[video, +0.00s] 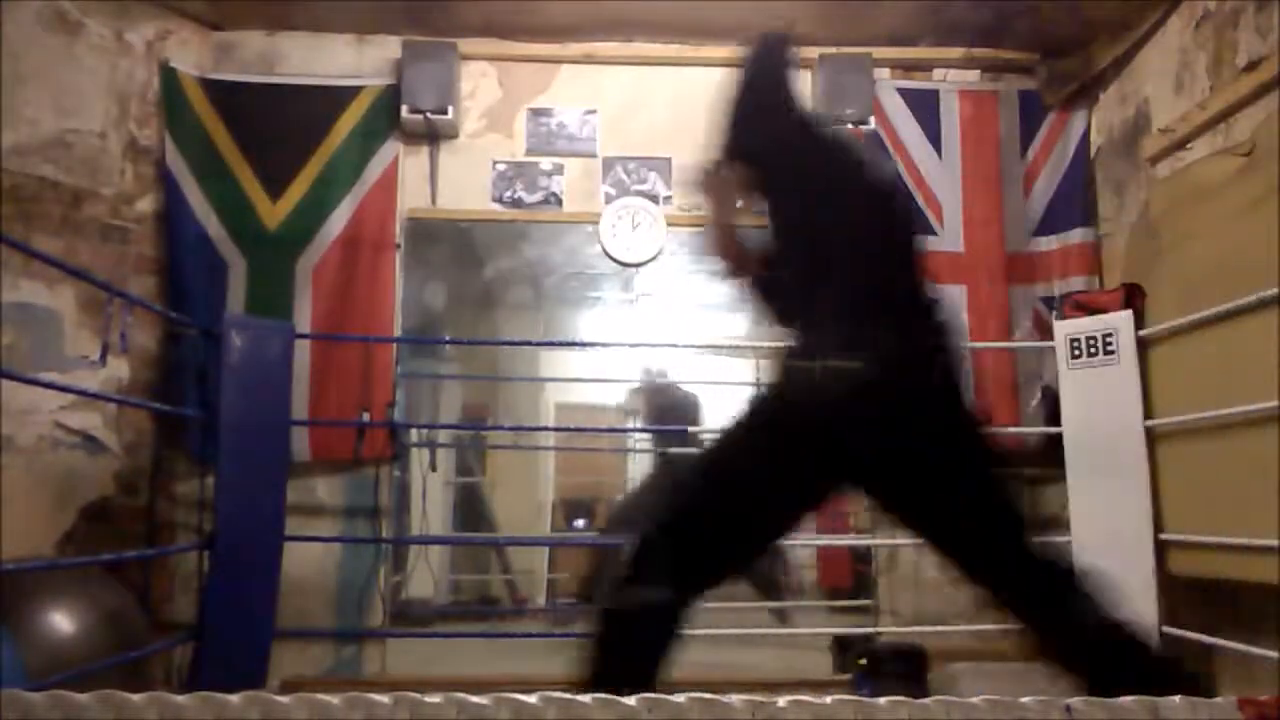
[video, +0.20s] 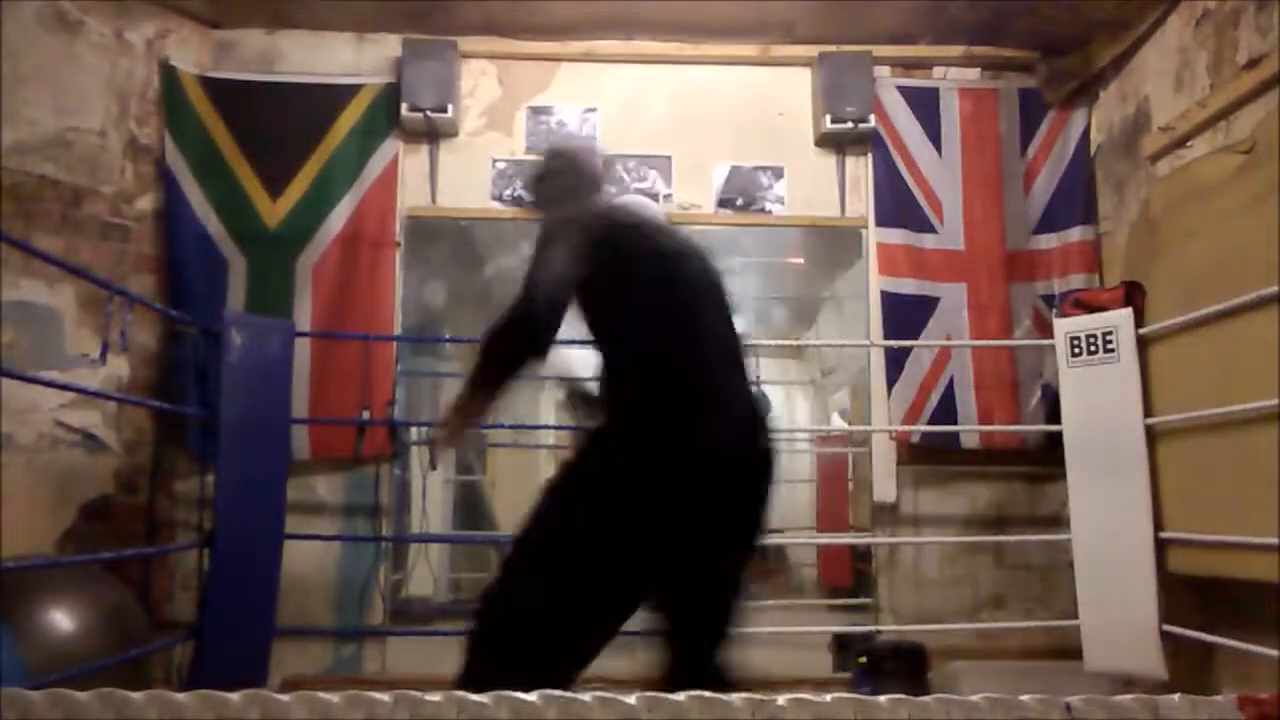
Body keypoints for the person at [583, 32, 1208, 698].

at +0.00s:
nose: (748, 156)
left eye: (753, 143)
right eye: (750, 144)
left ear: (767, 129)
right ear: (810, 118)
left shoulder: (805, 161)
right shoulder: (865, 190)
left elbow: (759, 122)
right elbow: (813, 301)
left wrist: (772, 40)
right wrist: (741, 258)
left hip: (824, 402)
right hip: (912, 400)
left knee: (672, 551)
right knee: (1012, 567)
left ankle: (608, 705)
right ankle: (1157, 691)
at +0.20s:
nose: (544, 215)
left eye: (545, 203)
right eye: (543, 204)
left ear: (556, 195)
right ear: (596, 187)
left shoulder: (577, 226)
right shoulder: (661, 237)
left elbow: (535, 317)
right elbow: (690, 369)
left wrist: (467, 407)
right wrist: (606, 406)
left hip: (648, 449)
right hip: (736, 450)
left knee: (525, 615)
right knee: (695, 647)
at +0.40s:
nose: (436, 251)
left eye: (434, 239)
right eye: (434, 240)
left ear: (440, 229)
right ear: (498, 213)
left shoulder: (465, 261)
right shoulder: (572, 257)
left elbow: (449, 401)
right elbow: (645, 377)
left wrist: (415, 351)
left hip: (551, 430)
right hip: (631, 429)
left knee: (470, 584)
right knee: (539, 593)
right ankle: (527, 710)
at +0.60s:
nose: (453, 170)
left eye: (454, 161)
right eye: (456, 161)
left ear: (462, 154)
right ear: (509, 150)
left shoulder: (456, 184)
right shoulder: (572, 197)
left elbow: (403, 269)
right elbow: (657, 274)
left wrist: (379, 331)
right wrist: (617, 347)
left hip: (513, 371)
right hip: (581, 371)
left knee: (491, 528)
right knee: (542, 519)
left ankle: (505, 685)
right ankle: (532, 677)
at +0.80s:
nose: (451, 249)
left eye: (450, 240)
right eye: (455, 239)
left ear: (453, 240)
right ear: (497, 234)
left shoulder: (450, 280)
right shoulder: (546, 283)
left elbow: (405, 375)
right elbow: (630, 343)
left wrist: (414, 405)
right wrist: (595, 396)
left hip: (500, 454)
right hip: (560, 454)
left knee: (428, 612)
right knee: (523, 586)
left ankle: (580, 683)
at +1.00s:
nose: (406, 329)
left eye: (406, 320)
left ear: (409, 315)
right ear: (459, 309)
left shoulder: (417, 347)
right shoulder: (509, 342)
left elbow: (437, 445)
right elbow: (551, 424)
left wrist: (451, 505)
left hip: (505, 490)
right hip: (562, 487)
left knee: (436, 618)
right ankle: (565, 620)